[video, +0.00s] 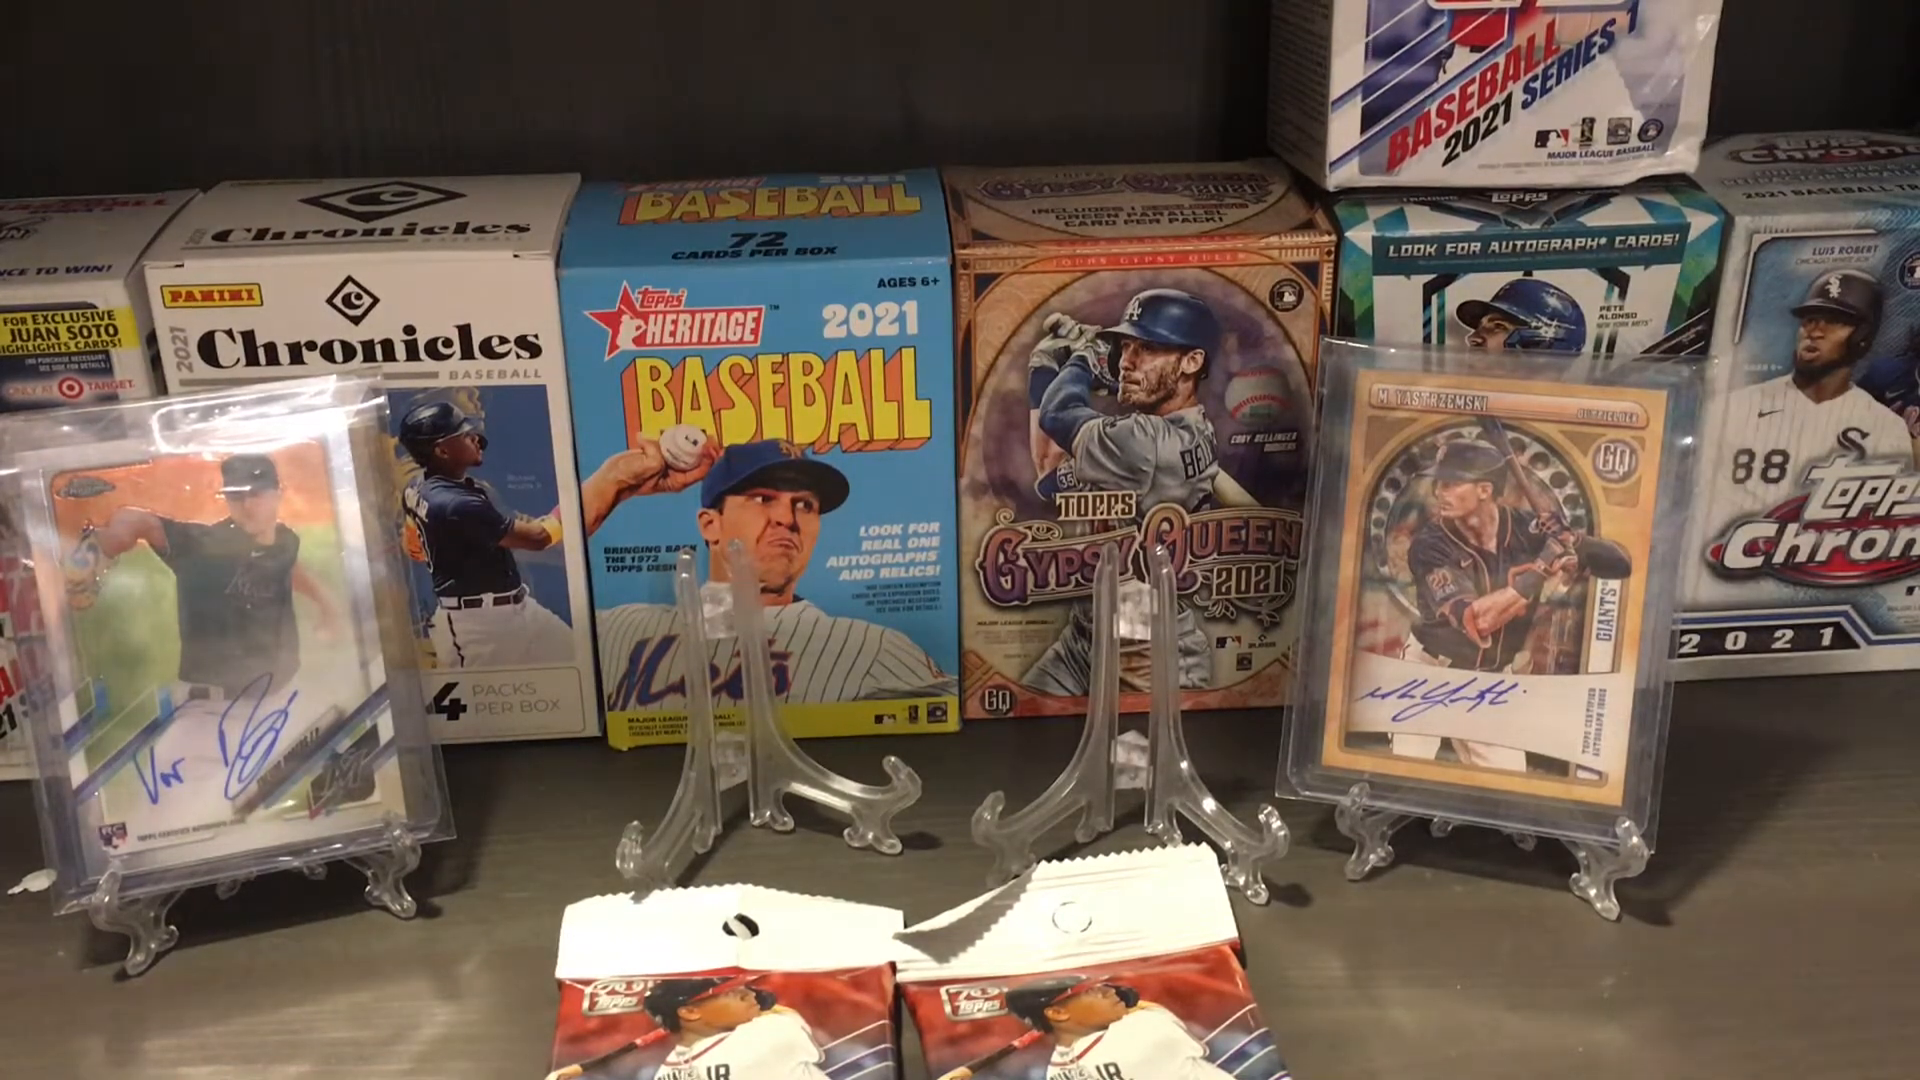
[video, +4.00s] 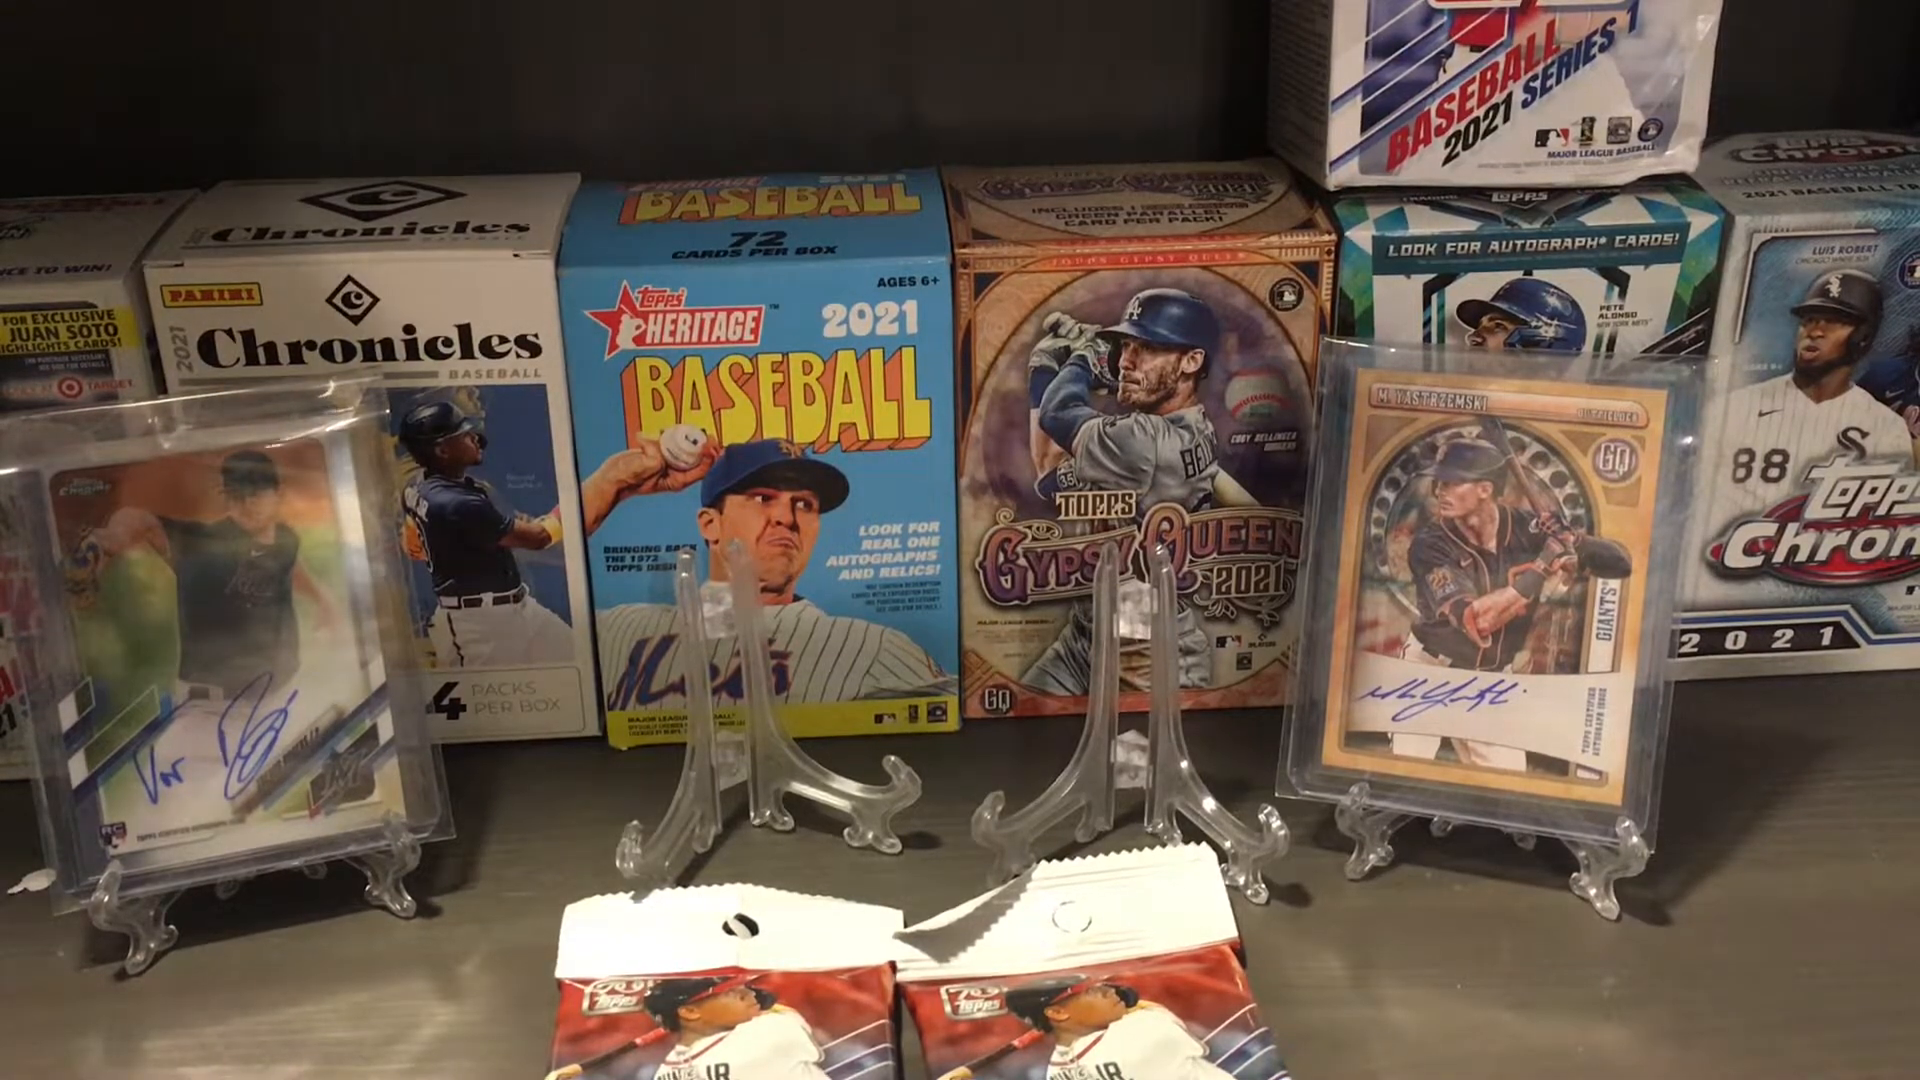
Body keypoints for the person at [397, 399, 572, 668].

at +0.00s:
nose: (476, 437)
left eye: (470, 430)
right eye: (465, 433)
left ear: (442, 451)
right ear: (442, 450)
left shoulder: (419, 490)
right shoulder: (460, 506)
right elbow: (538, 537)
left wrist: (539, 523)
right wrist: (568, 511)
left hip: (520, 609)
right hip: (473, 623)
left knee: (587, 664)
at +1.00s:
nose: (475, 435)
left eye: (469, 429)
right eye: (464, 432)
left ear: (442, 451)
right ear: (442, 449)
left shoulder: (420, 489)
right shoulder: (462, 507)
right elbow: (539, 537)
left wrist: (543, 522)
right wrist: (568, 509)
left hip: (519, 609)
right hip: (474, 622)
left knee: (587, 663)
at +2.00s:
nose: (476, 437)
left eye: (470, 431)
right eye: (465, 434)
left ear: (443, 451)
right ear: (442, 450)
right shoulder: (460, 507)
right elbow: (539, 538)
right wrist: (569, 510)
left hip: (519, 608)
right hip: (474, 623)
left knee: (587, 665)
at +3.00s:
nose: (474, 435)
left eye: (468, 429)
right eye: (464, 433)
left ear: (443, 451)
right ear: (442, 450)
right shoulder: (461, 506)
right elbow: (539, 537)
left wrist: (538, 523)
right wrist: (570, 510)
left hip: (520, 610)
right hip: (474, 623)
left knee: (588, 664)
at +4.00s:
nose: (475, 435)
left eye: (468, 430)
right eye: (464, 433)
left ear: (443, 451)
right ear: (442, 450)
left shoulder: (421, 489)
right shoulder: (461, 506)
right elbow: (538, 537)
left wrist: (533, 523)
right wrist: (573, 506)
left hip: (521, 609)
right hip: (477, 623)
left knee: (587, 663)